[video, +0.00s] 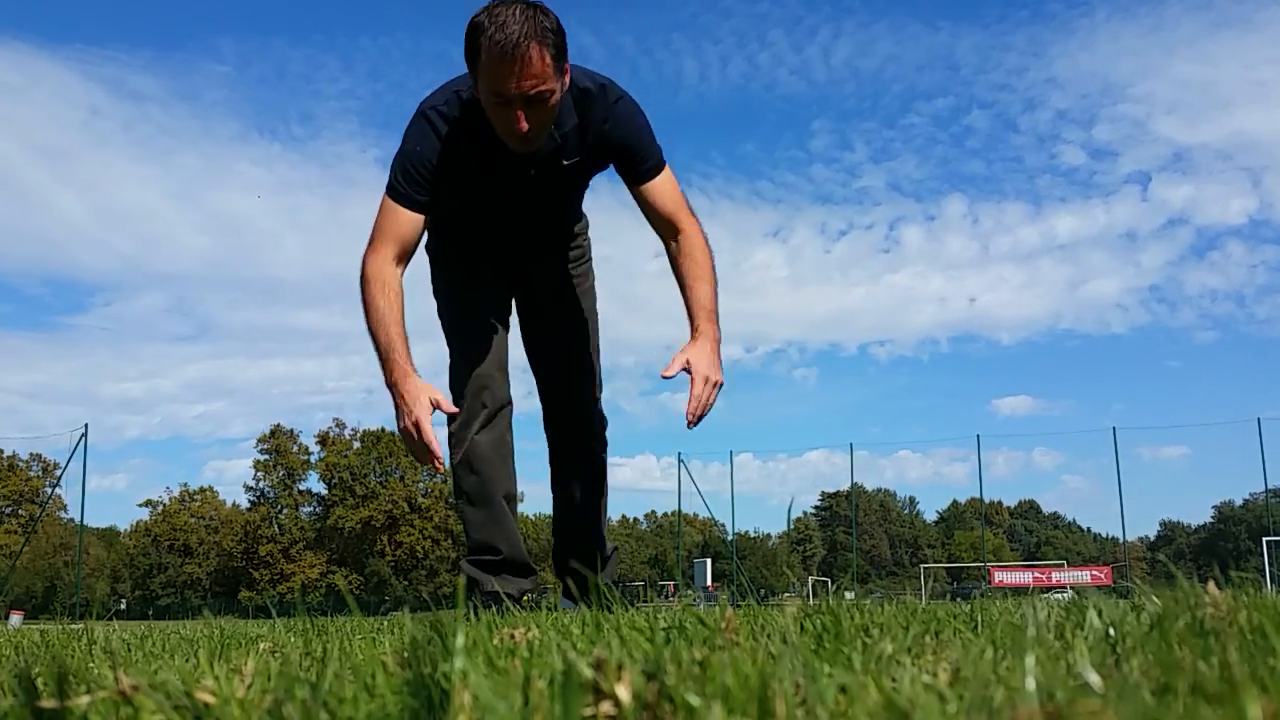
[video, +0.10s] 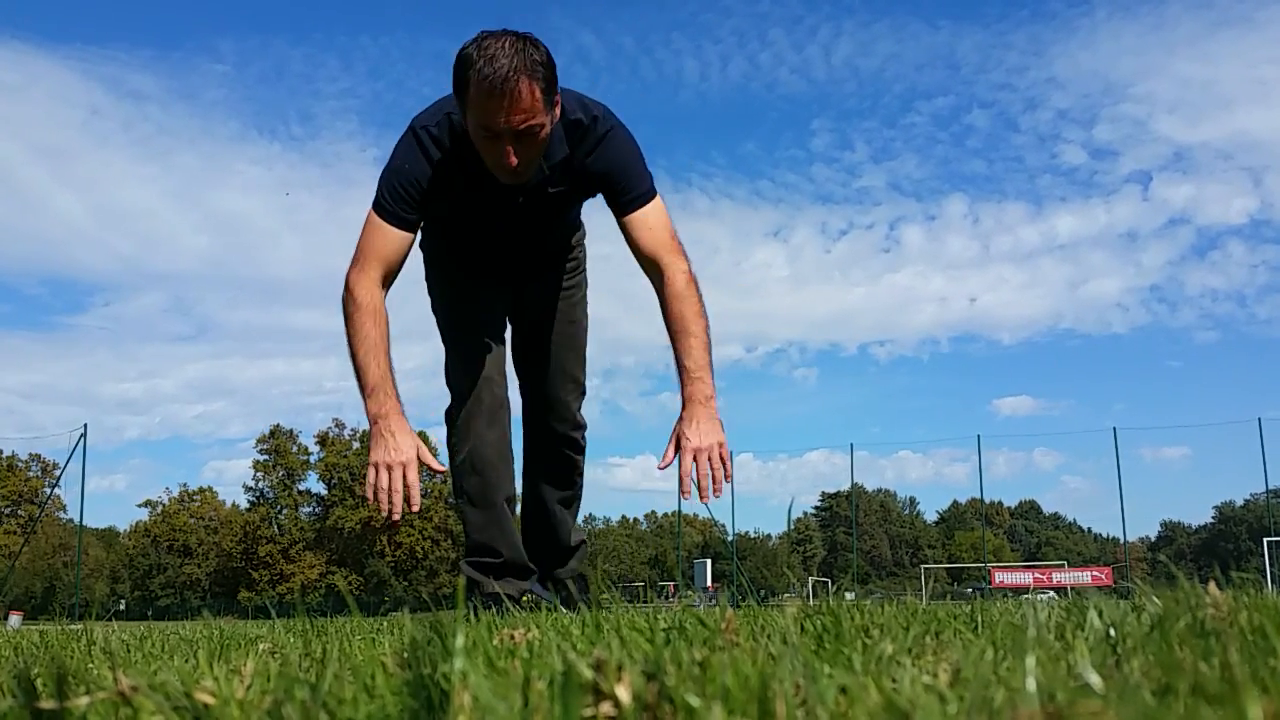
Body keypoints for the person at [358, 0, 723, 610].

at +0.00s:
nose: (520, 121)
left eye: (535, 101)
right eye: (502, 103)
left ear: (564, 76)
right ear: (476, 80)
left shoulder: (604, 110)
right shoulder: (440, 124)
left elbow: (680, 228)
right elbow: (381, 259)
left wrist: (706, 336)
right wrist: (401, 379)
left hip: (556, 248)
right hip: (466, 255)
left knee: (577, 407)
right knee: (482, 400)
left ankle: (588, 583)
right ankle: (498, 590)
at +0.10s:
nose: (509, 154)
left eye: (525, 134)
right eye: (490, 136)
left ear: (554, 110)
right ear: (463, 112)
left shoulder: (596, 136)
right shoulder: (427, 145)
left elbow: (670, 267)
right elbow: (363, 282)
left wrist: (701, 405)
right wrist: (384, 420)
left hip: (551, 259)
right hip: (463, 264)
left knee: (559, 412)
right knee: (479, 407)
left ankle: (559, 577)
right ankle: (497, 584)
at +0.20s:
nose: (503, 196)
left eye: (519, 174)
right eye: (484, 177)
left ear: (548, 147)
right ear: (456, 154)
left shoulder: (591, 172)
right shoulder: (418, 175)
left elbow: (653, 311)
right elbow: (352, 309)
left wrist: (683, 459)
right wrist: (363, 456)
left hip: (549, 264)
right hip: (460, 268)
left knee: (542, 409)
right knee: (479, 400)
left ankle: (534, 579)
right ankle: (497, 588)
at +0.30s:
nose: (502, 239)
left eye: (519, 218)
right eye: (483, 221)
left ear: (544, 188)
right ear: (456, 195)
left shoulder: (589, 210)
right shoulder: (415, 204)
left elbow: (640, 357)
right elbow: (346, 336)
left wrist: (658, 505)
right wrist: (347, 485)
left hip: (547, 275)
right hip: (454, 272)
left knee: (532, 408)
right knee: (471, 400)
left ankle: (506, 573)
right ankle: (495, 582)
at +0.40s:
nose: (501, 279)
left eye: (518, 259)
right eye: (482, 261)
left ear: (546, 227)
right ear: (453, 234)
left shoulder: (585, 243)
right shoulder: (414, 234)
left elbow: (631, 399)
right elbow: (343, 368)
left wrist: (638, 554)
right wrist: (342, 522)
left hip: (548, 295)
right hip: (450, 290)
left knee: (523, 420)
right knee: (460, 415)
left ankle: (495, 566)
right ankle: (493, 580)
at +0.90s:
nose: (519, 300)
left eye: (541, 277)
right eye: (500, 274)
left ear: (575, 261)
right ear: (476, 253)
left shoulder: (620, 292)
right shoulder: (427, 298)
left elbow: (652, 451)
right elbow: (372, 446)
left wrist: (648, 608)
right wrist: (348, 614)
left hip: (561, 374)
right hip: (469, 367)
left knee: (517, 488)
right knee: (379, 437)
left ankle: (480, 593)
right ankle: (477, 580)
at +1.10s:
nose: (515, 303)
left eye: (536, 279)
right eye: (495, 278)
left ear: (570, 262)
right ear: (468, 257)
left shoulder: (615, 290)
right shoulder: (421, 300)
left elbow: (658, 455)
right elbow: (365, 454)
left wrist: (649, 613)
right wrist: (341, 620)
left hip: (556, 393)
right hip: (456, 385)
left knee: (512, 501)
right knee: (410, 495)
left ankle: (475, 587)